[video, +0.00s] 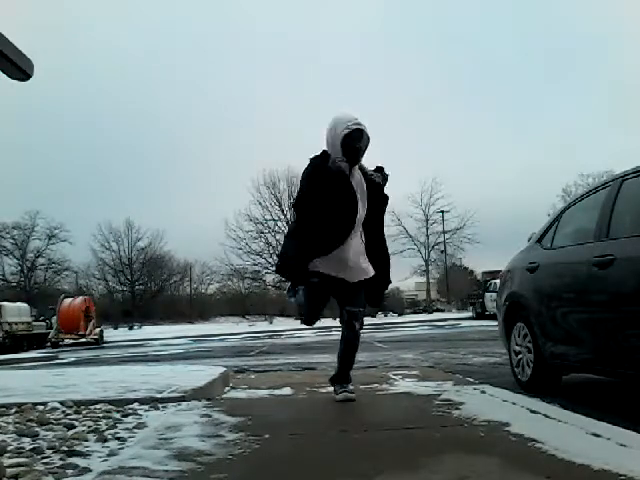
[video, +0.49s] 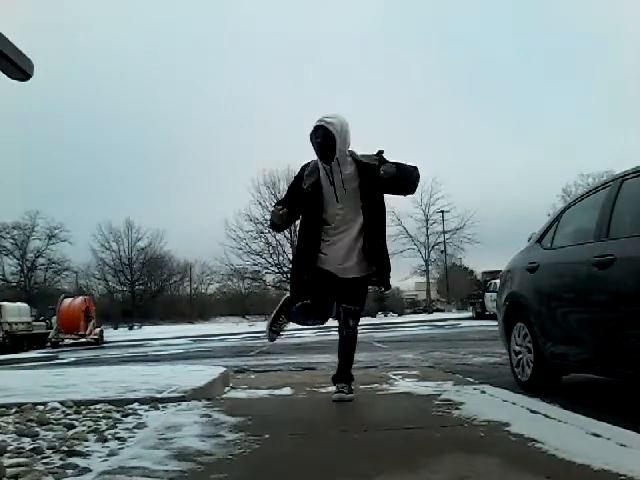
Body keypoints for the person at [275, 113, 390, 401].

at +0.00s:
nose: (359, 147)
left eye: (363, 141)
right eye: (352, 140)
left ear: (367, 144)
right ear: (336, 141)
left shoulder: (369, 182)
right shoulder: (318, 171)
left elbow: (375, 231)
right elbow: (302, 218)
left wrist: (381, 272)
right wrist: (291, 261)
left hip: (357, 264)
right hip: (322, 261)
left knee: (353, 324)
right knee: (309, 317)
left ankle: (342, 380)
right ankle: (296, 284)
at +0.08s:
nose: (360, 136)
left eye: (364, 130)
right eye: (354, 129)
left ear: (367, 134)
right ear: (338, 129)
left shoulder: (371, 175)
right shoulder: (317, 160)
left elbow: (374, 227)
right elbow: (292, 180)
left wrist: (377, 269)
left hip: (356, 257)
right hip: (319, 254)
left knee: (351, 318)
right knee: (312, 309)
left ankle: (342, 379)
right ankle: (302, 302)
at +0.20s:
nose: (358, 113)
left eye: (362, 108)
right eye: (352, 108)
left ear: (368, 116)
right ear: (339, 115)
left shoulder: (372, 160)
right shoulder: (318, 140)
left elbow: (377, 212)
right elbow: (294, 118)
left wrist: (378, 254)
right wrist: (336, 101)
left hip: (351, 242)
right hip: (314, 237)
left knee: (350, 308)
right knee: (306, 297)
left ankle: (343, 375)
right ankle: (328, 311)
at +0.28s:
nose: (353, 121)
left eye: (358, 116)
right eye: (347, 115)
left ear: (363, 121)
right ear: (333, 119)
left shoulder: (373, 165)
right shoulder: (322, 146)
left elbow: (382, 218)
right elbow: (301, 156)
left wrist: (382, 261)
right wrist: (316, 120)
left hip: (353, 248)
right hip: (318, 241)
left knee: (351, 311)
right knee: (298, 303)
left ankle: (346, 379)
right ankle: (320, 303)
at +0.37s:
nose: (338, 138)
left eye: (343, 132)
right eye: (332, 133)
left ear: (354, 137)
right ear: (323, 136)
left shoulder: (374, 177)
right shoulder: (314, 167)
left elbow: (384, 220)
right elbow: (302, 208)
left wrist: (402, 241)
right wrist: (295, 171)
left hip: (358, 261)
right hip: (323, 257)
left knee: (349, 321)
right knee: (296, 315)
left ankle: (344, 381)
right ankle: (296, 300)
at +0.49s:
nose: (319, 145)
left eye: (324, 139)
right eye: (315, 140)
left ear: (340, 139)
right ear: (313, 142)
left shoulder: (367, 169)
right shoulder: (309, 174)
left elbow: (411, 182)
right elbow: (284, 214)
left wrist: (389, 169)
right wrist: (280, 216)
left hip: (357, 262)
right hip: (321, 262)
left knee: (349, 321)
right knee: (317, 314)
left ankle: (343, 380)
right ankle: (287, 310)